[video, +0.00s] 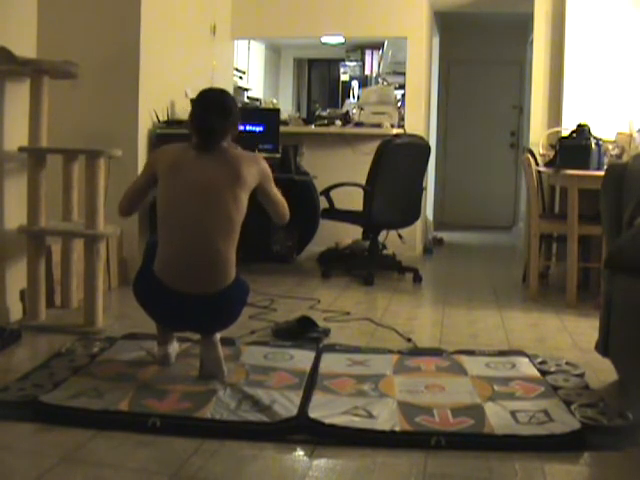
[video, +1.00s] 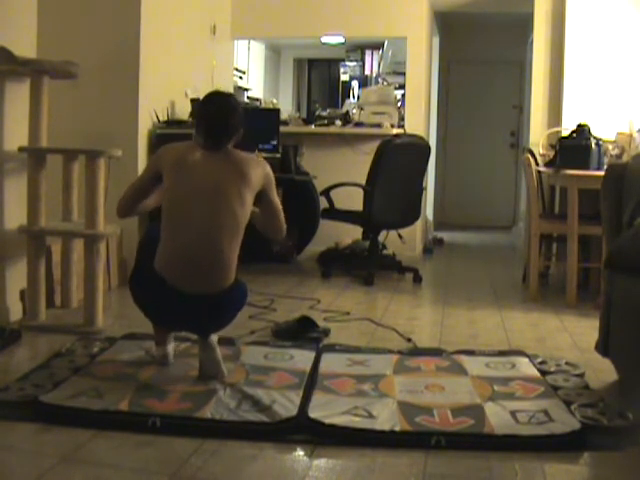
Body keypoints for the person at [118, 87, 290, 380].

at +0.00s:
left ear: (191, 122)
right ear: (234, 128)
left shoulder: (164, 157)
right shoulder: (251, 165)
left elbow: (125, 208)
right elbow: (282, 216)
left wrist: (156, 181)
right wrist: (260, 175)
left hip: (165, 308)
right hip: (218, 311)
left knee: (155, 242)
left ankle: (165, 345)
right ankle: (211, 342)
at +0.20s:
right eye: (235, 124)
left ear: (191, 124)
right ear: (234, 129)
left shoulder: (165, 158)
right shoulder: (252, 165)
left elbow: (125, 211)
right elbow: (284, 215)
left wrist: (158, 185)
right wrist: (261, 178)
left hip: (165, 307)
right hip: (218, 310)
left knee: (156, 241)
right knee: (238, 284)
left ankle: (165, 345)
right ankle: (211, 341)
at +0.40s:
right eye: (237, 123)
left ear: (192, 123)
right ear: (235, 129)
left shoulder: (166, 158)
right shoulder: (253, 165)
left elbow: (127, 209)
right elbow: (285, 216)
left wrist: (162, 185)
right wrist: (262, 183)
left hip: (165, 307)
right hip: (218, 310)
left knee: (156, 243)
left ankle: (165, 346)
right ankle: (211, 341)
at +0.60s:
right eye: (240, 127)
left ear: (193, 124)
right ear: (236, 131)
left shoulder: (167, 158)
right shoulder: (254, 166)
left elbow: (128, 210)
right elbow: (287, 218)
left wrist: (161, 187)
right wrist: (260, 185)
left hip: (165, 307)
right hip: (218, 311)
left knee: (156, 244)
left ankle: (164, 346)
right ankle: (212, 341)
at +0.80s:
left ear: (196, 127)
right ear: (238, 135)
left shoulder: (167, 159)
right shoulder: (256, 169)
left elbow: (126, 213)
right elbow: (281, 232)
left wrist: (167, 196)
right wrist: (248, 202)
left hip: (165, 309)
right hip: (219, 312)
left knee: (154, 235)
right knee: (240, 287)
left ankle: (164, 344)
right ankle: (211, 342)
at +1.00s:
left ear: (196, 125)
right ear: (238, 135)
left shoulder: (169, 156)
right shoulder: (256, 168)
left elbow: (124, 208)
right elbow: (276, 231)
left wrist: (167, 193)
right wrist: (247, 203)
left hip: (165, 308)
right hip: (216, 312)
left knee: (151, 236)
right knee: (237, 285)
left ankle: (163, 346)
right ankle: (209, 340)